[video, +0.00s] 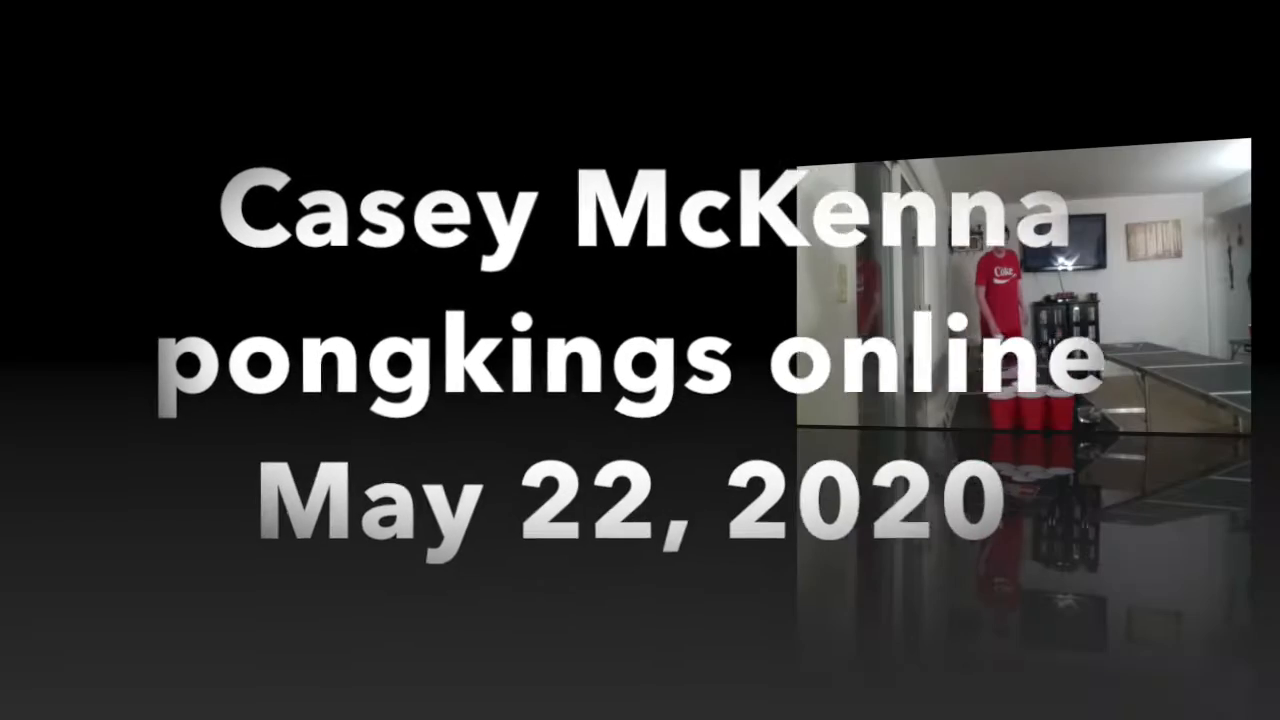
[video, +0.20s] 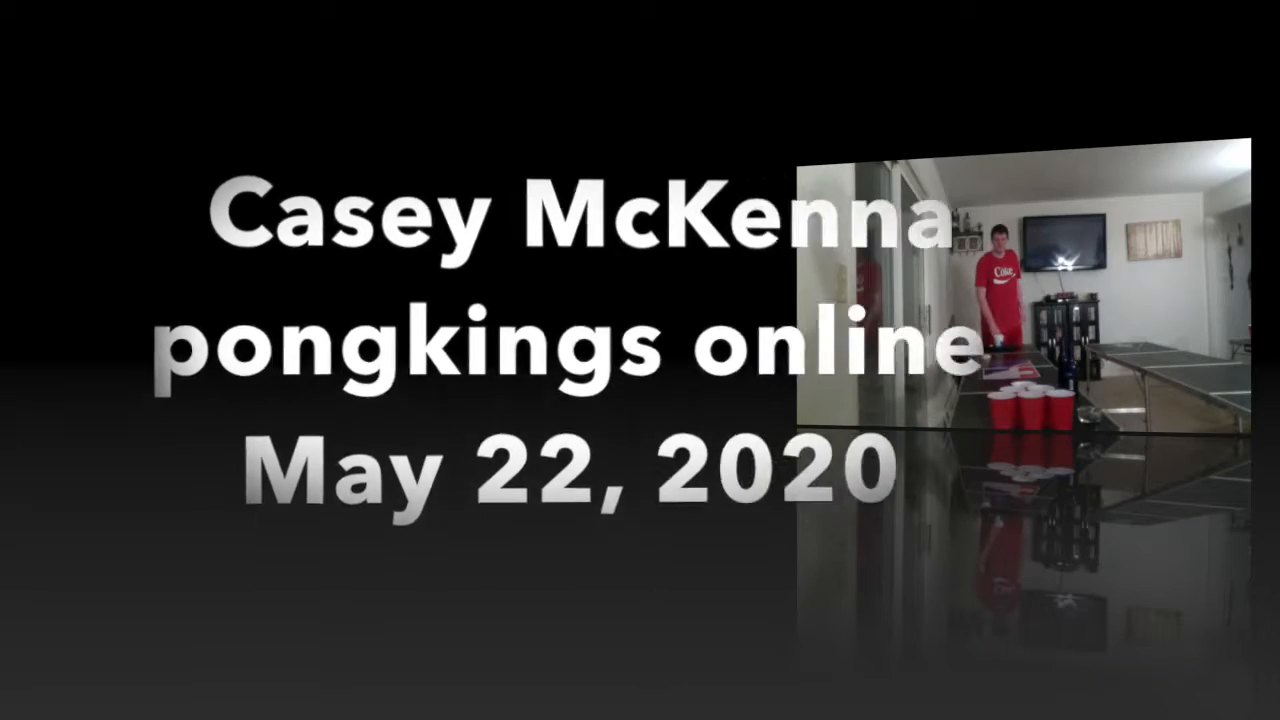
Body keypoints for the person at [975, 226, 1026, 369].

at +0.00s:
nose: (999, 243)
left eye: (1002, 239)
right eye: (995, 239)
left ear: (1006, 238)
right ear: (990, 240)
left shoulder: (1012, 257)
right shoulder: (985, 261)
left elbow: (1018, 285)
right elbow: (980, 295)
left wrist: (1023, 309)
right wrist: (992, 325)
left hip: (1013, 322)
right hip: (994, 324)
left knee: (1014, 363)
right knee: (994, 365)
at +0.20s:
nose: (1000, 243)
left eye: (1003, 239)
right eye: (997, 239)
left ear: (1007, 241)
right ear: (992, 241)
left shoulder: (1012, 256)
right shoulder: (984, 262)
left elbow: (1017, 283)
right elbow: (981, 295)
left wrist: (1021, 308)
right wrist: (993, 327)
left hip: (1013, 321)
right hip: (994, 324)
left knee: (1016, 363)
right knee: (995, 363)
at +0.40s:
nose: (1002, 243)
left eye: (1004, 239)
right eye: (998, 239)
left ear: (1009, 240)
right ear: (993, 241)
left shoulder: (1014, 257)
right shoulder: (985, 261)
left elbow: (1019, 283)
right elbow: (980, 293)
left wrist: (1021, 308)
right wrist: (992, 320)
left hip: (1013, 319)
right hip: (995, 321)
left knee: (1013, 360)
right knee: (994, 360)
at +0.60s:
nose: (993, 243)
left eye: (996, 240)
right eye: (989, 240)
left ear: (1000, 240)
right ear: (984, 241)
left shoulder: (1005, 258)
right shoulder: (975, 262)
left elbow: (1010, 286)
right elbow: (968, 293)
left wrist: (1014, 312)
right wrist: (979, 315)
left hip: (1001, 319)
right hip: (982, 320)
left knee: (1001, 359)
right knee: (981, 359)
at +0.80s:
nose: (962, 242)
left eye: (966, 238)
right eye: (959, 238)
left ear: (970, 240)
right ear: (953, 240)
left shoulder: (976, 260)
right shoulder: (943, 263)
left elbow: (982, 291)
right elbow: (937, 298)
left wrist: (987, 320)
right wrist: (947, 325)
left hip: (971, 328)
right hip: (950, 329)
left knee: (971, 371)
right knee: (952, 372)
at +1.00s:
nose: (914, 241)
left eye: (918, 236)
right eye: (909, 236)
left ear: (923, 239)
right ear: (903, 238)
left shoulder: (931, 262)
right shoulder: (891, 265)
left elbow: (938, 299)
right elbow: (886, 306)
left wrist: (943, 332)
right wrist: (898, 340)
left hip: (925, 340)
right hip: (900, 342)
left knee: (924, 391)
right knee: (902, 391)